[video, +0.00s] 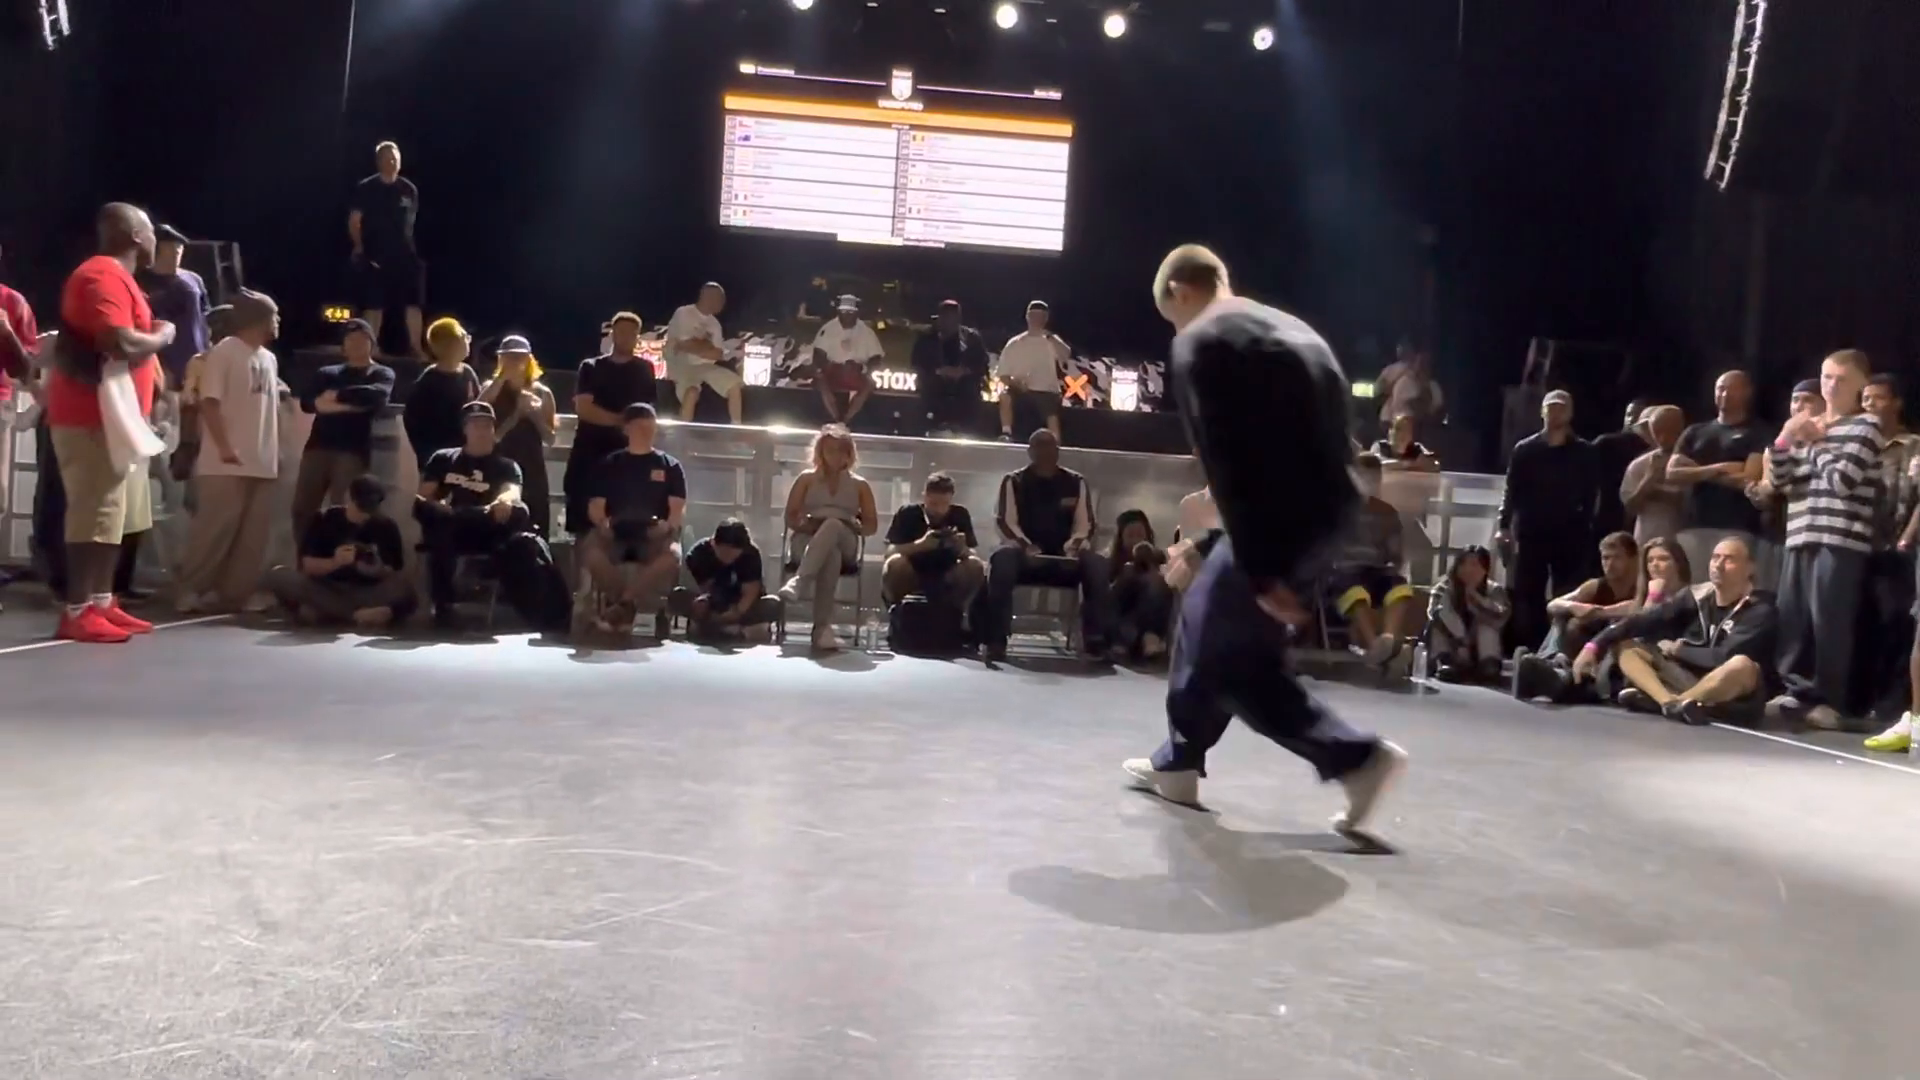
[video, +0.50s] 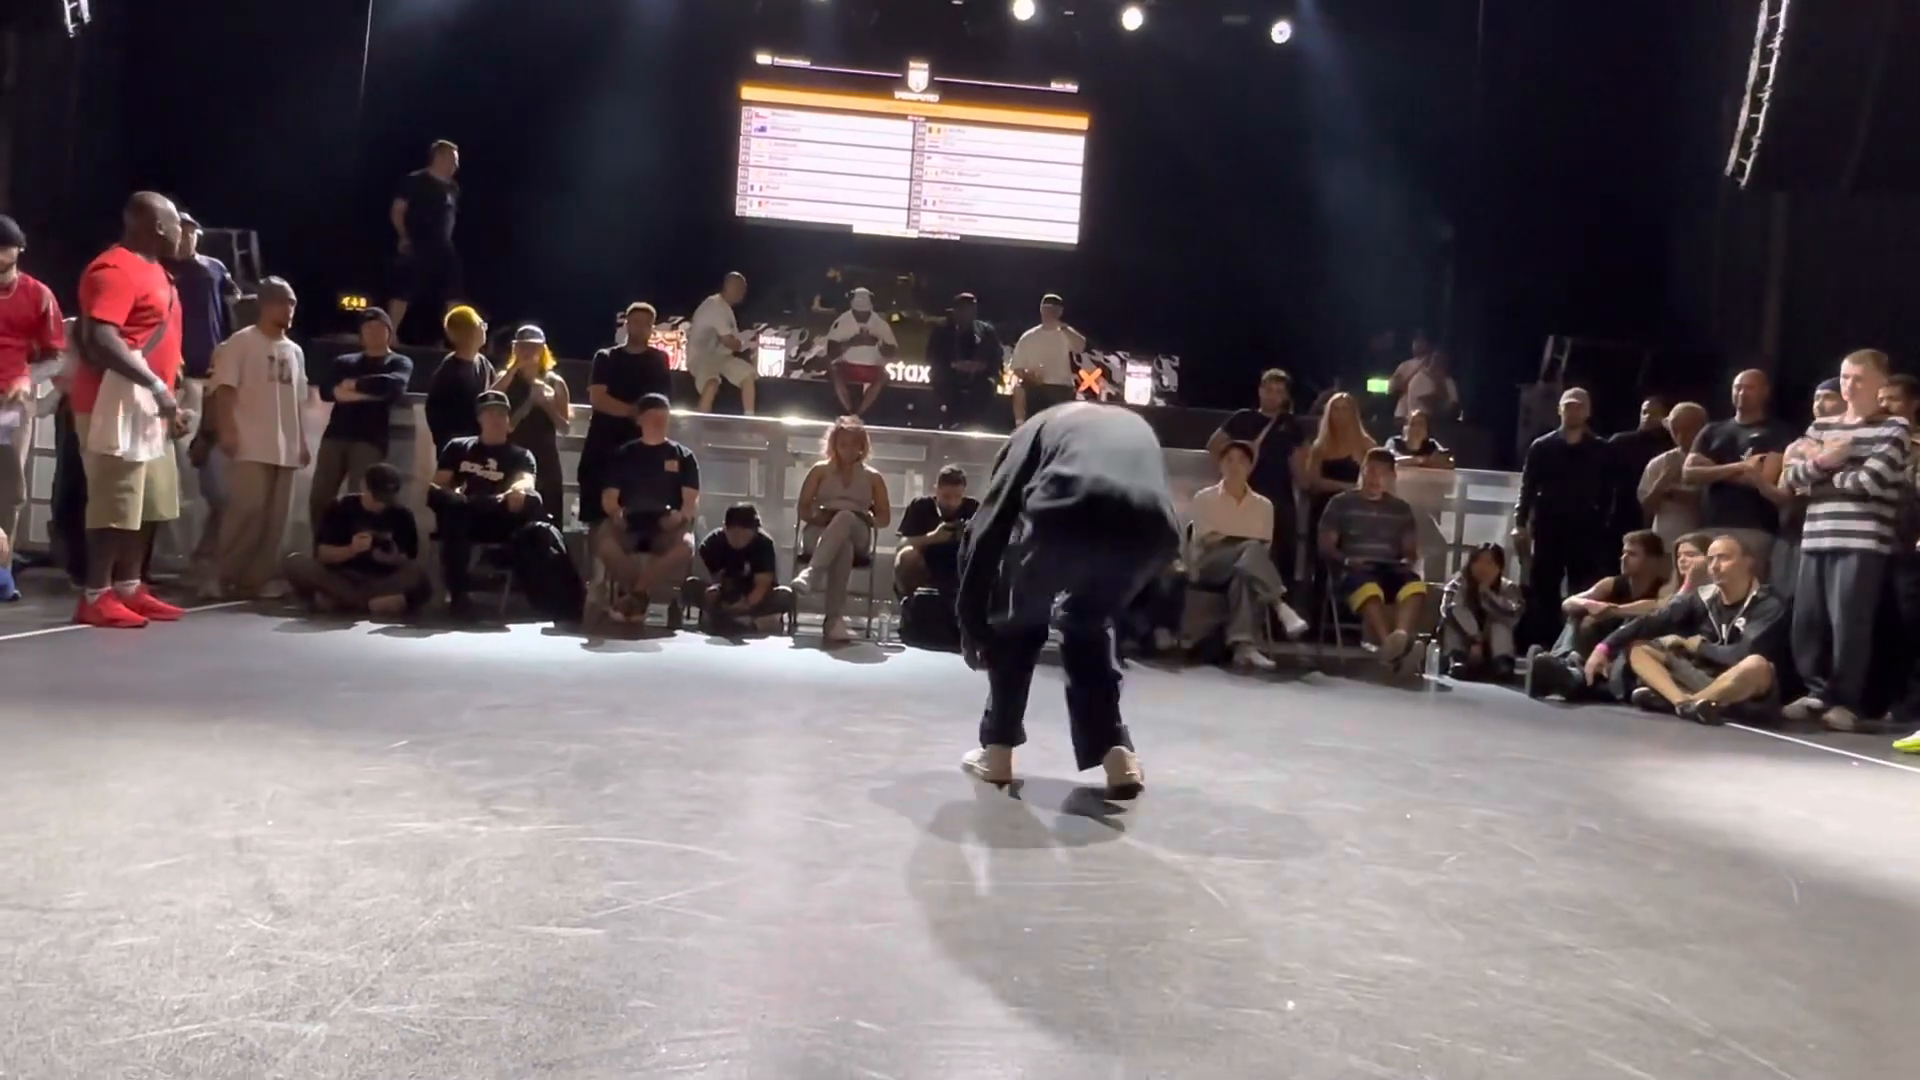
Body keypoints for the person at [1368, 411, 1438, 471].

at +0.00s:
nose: (1392, 432)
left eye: (1398, 429)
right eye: (1392, 428)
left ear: (1409, 433)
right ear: (1389, 430)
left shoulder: (1419, 449)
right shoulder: (1379, 447)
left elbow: (1432, 465)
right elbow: (1373, 465)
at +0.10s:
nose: (1407, 431)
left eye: (1411, 427)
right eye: (1403, 427)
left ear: (1416, 430)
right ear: (1397, 429)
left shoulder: (1422, 447)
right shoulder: (1384, 445)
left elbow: (1436, 463)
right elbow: (1382, 462)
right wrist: (1415, 463)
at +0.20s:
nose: (1410, 430)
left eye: (1414, 426)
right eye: (1406, 426)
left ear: (1420, 428)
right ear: (1400, 428)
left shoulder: (1425, 446)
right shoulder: (1388, 444)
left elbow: (1440, 462)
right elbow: (1385, 461)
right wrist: (1416, 462)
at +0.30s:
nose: (1412, 430)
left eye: (1417, 425)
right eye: (1409, 425)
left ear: (1423, 428)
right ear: (1403, 427)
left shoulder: (1428, 446)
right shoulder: (1391, 443)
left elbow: (1444, 461)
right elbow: (1387, 460)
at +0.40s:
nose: (1415, 429)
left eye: (1419, 425)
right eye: (1411, 425)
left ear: (1425, 428)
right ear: (1405, 427)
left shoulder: (1430, 445)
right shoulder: (1392, 443)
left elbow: (1446, 460)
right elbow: (1388, 460)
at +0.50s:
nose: (1417, 429)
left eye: (1421, 424)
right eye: (1413, 424)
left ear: (1427, 428)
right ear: (1406, 427)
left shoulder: (1432, 445)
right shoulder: (1394, 442)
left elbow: (1447, 460)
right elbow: (1391, 459)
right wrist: (1420, 460)